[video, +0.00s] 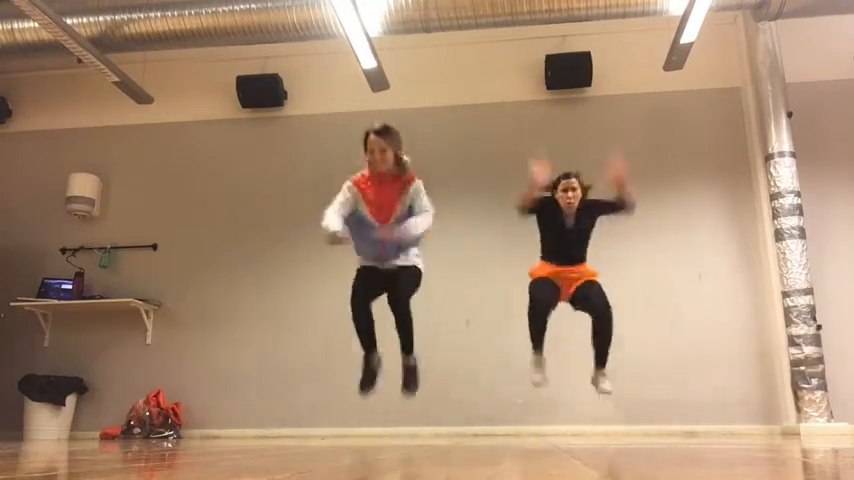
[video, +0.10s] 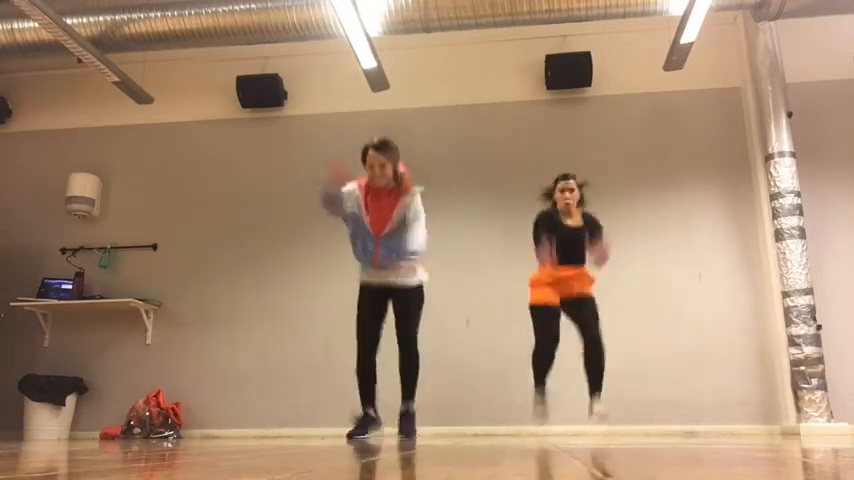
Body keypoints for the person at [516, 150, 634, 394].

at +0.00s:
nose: (569, 195)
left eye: (574, 190)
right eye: (564, 190)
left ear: (582, 193)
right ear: (556, 193)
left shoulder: (590, 208)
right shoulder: (545, 206)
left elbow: (625, 206)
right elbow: (523, 207)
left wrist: (621, 184)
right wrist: (534, 189)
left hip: (579, 279)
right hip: (548, 277)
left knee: (602, 310)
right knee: (539, 301)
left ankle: (600, 372)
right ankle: (537, 357)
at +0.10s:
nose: (567, 195)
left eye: (571, 190)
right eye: (562, 191)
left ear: (579, 194)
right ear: (554, 195)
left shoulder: (589, 221)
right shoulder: (545, 220)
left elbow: (599, 259)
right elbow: (544, 256)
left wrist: (601, 247)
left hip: (577, 285)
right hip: (547, 286)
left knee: (593, 337)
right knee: (547, 339)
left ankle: (595, 399)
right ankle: (540, 390)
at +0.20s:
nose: (564, 209)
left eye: (568, 205)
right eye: (559, 205)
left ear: (576, 212)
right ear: (551, 213)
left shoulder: (588, 241)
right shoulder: (543, 241)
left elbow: (595, 279)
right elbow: (544, 278)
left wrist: (595, 275)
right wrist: (564, 286)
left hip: (578, 308)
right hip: (547, 309)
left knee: (591, 361)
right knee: (542, 367)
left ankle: (592, 420)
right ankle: (531, 419)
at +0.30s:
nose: (556, 220)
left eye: (561, 215)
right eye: (551, 217)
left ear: (570, 221)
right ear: (545, 225)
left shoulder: (586, 248)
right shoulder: (538, 247)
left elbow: (610, 279)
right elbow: (545, 254)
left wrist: (633, 302)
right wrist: (553, 212)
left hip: (579, 314)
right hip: (546, 314)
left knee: (592, 362)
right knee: (517, 356)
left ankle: (592, 421)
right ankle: (523, 406)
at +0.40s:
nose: (557, 233)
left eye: (561, 229)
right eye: (552, 231)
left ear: (570, 235)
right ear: (547, 239)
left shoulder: (587, 262)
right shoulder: (541, 251)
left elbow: (618, 292)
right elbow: (517, 222)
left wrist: (646, 321)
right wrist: (504, 190)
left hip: (577, 326)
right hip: (545, 325)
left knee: (594, 363)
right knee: (517, 365)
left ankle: (586, 419)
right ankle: (524, 393)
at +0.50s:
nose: (560, 247)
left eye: (564, 242)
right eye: (555, 243)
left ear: (574, 247)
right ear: (550, 249)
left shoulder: (588, 274)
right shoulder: (544, 264)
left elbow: (610, 312)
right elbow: (519, 252)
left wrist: (633, 345)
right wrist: (505, 233)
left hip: (573, 339)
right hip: (543, 338)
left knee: (605, 368)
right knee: (533, 397)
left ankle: (580, 419)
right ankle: (527, 420)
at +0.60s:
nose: (554, 262)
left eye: (558, 258)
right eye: (549, 258)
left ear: (567, 262)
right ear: (542, 264)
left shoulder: (580, 292)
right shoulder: (534, 288)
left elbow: (603, 329)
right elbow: (514, 299)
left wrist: (629, 363)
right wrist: (500, 301)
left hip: (574, 359)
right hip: (543, 362)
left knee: (619, 371)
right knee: (543, 427)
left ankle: (581, 416)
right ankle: (525, 425)